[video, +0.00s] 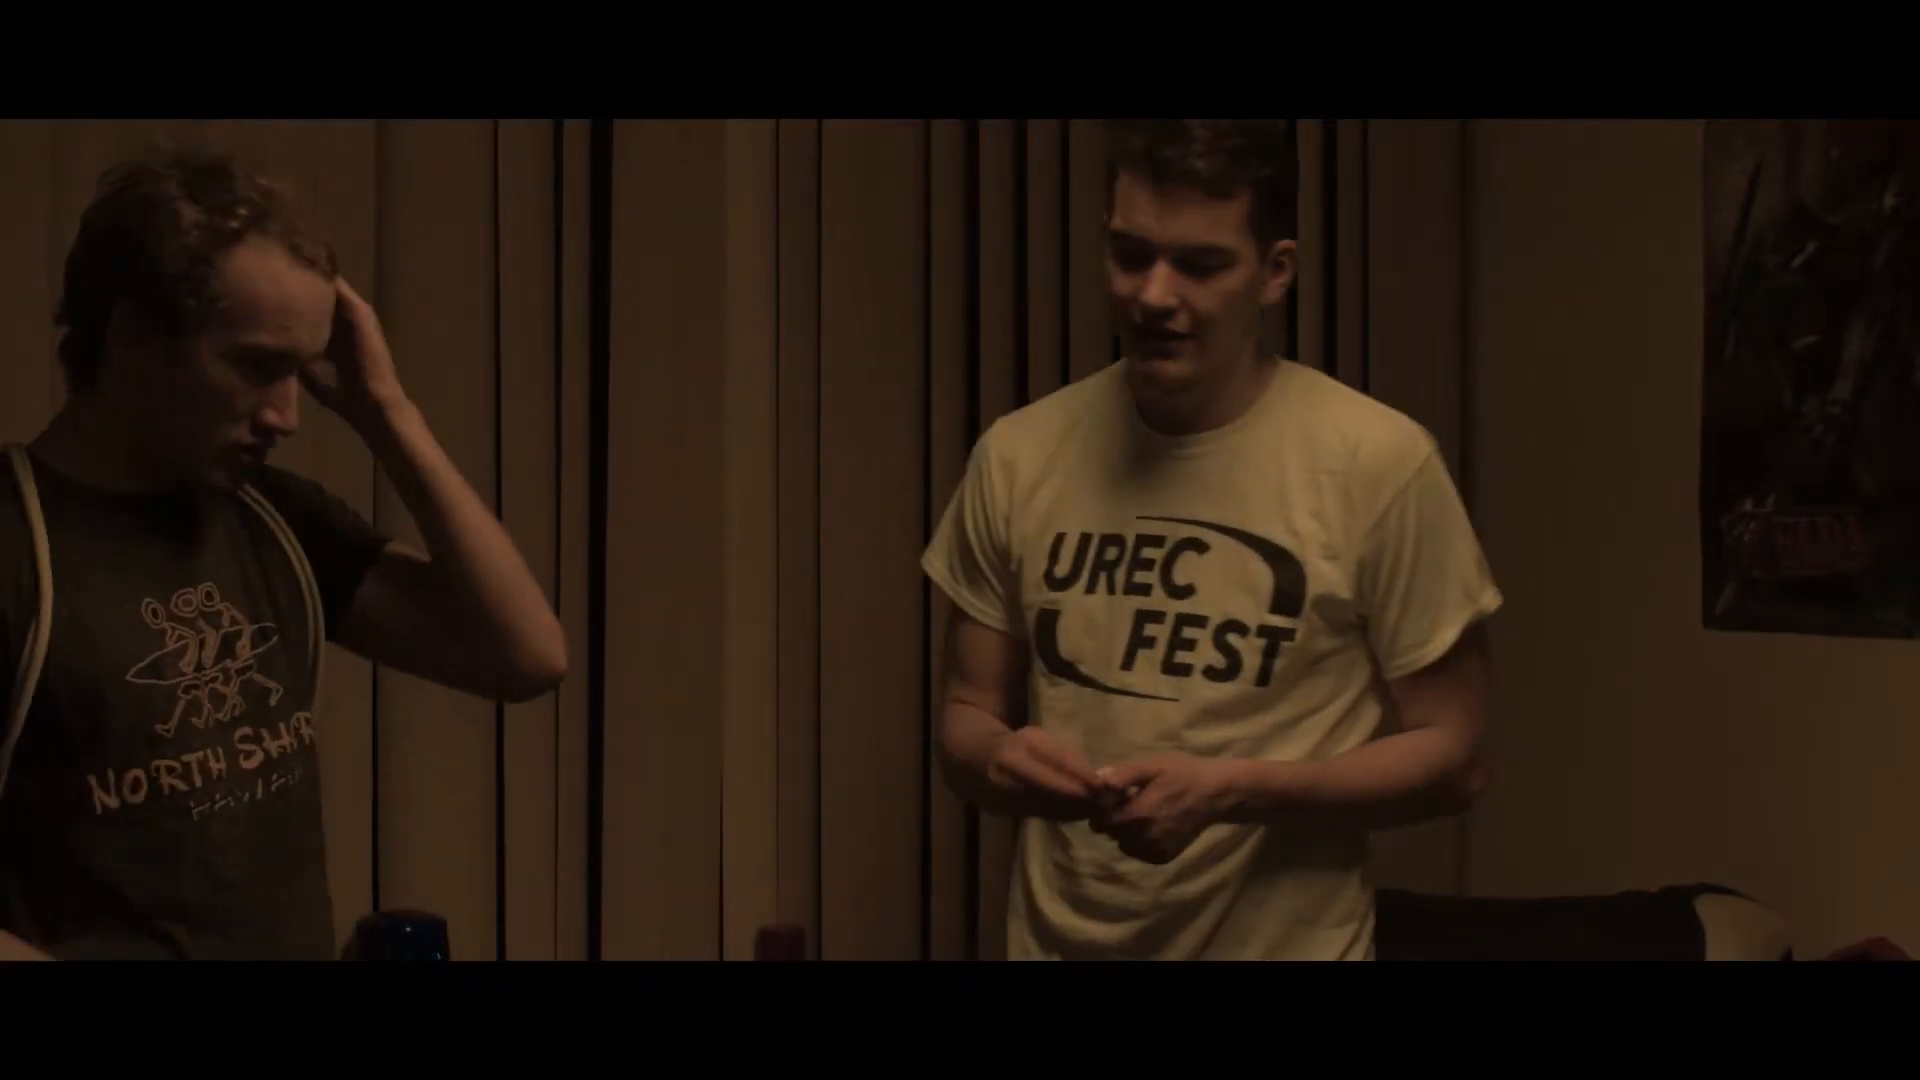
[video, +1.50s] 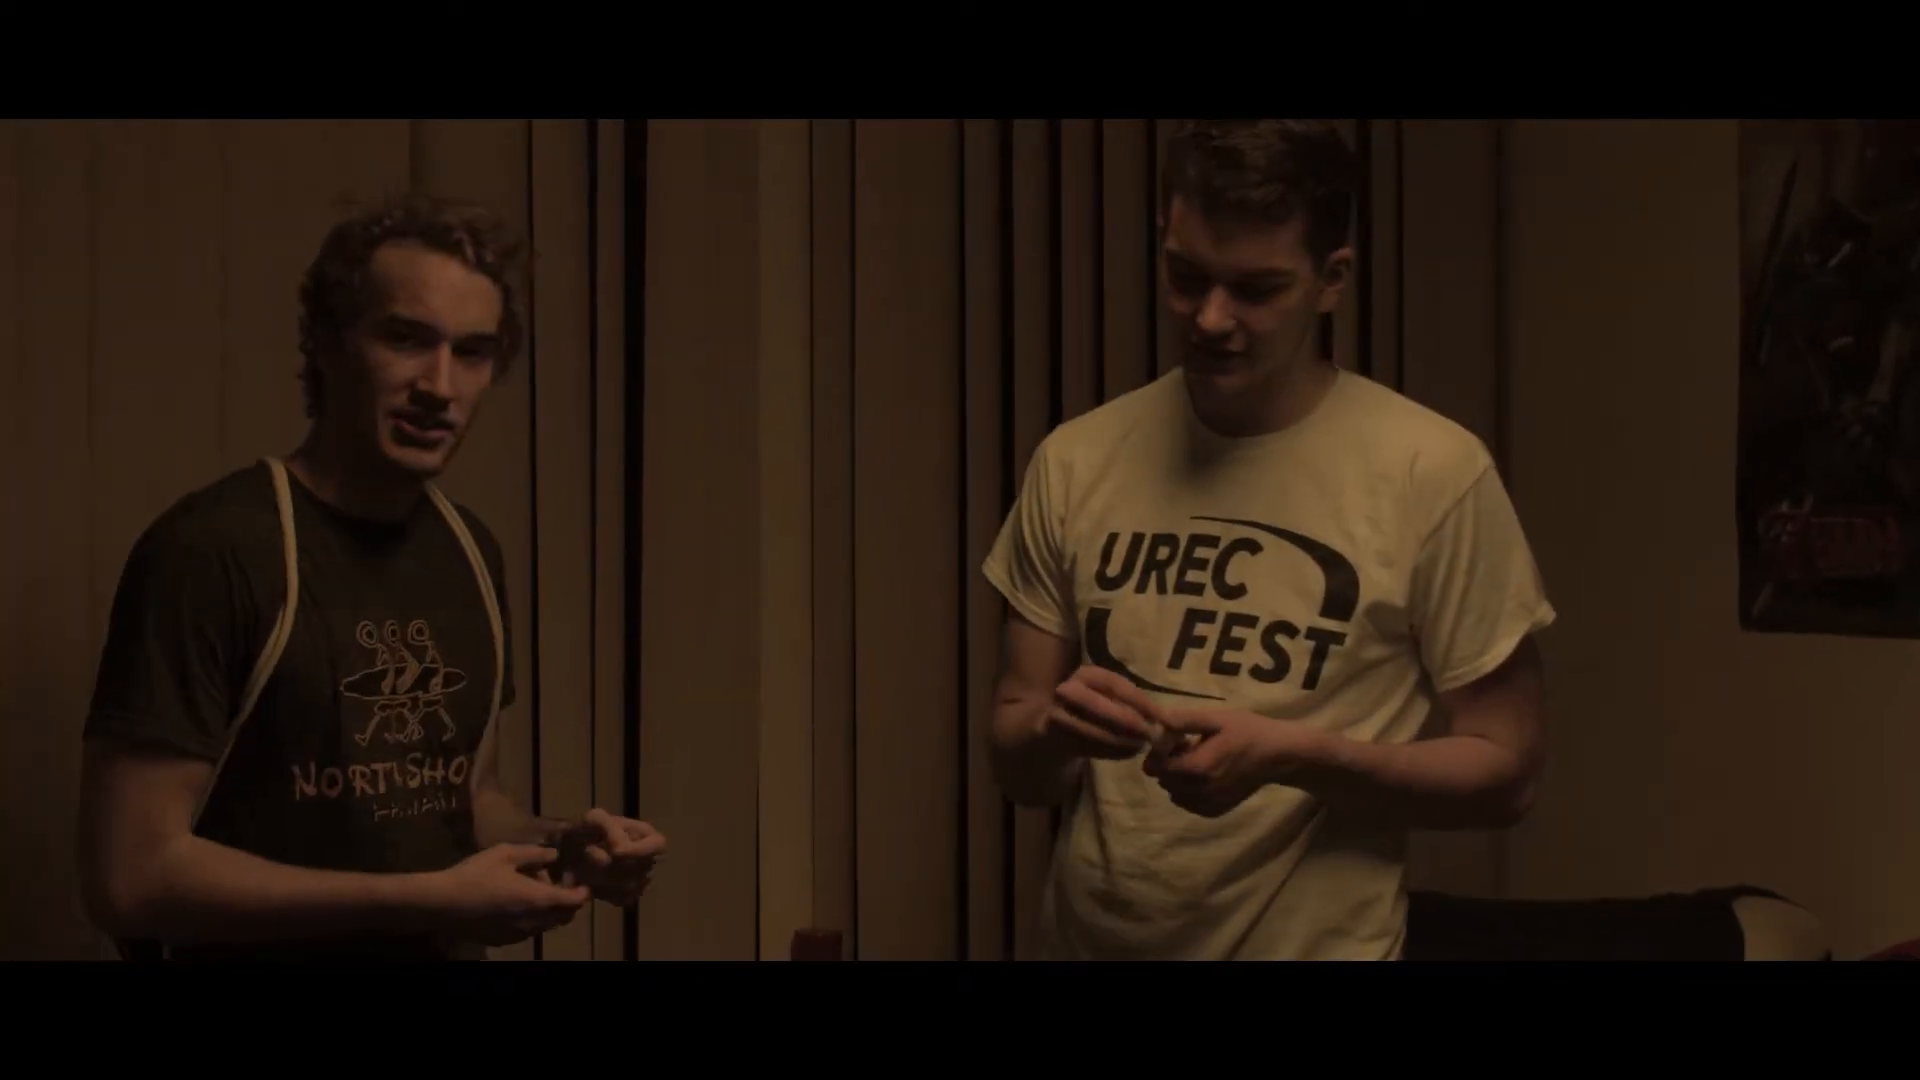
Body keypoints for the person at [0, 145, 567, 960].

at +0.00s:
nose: (287, 415)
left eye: (301, 374)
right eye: (256, 366)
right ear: (133, 336)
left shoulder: (271, 515)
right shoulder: (17, 534)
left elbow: (524, 657)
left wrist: (384, 412)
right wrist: (23, 949)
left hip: (292, 938)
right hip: (94, 947)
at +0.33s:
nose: (305, 381)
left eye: (316, 335)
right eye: (259, 333)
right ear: (141, 322)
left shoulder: (316, 515)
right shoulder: (29, 543)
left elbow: (312, 827)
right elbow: (8, 896)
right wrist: (309, 912)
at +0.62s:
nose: (400, 440)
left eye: (418, 398)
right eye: (369, 387)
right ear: (254, 359)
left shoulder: (339, 555)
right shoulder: (96, 580)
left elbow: (330, 836)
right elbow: (5, 893)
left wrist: (405, 767)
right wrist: (165, 958)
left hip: (358, 945)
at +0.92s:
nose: (435, 406)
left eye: (451, 370)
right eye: (402, 356)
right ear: (294, 347)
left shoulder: (374, 550)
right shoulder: (167, 555)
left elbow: (326, 830)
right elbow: (46, 884)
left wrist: (443, 823)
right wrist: (357, 953)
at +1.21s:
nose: (467, 407)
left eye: (487, 374)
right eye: (432, 360)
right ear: (330, 353)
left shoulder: (436, 558)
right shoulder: (200, 561)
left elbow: (388, 842)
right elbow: (98, 881)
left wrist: (523, 844)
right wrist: (407, 933)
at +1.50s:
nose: (441, 384)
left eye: (471, 352)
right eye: (405, 338)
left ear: (493, 370)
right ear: (326, 345)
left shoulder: (469, 553)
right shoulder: (208, 552)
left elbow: (467, 795)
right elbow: (133, 872)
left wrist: (554, 853)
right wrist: (439, 900)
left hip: (430, 954)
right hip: (250, 959)